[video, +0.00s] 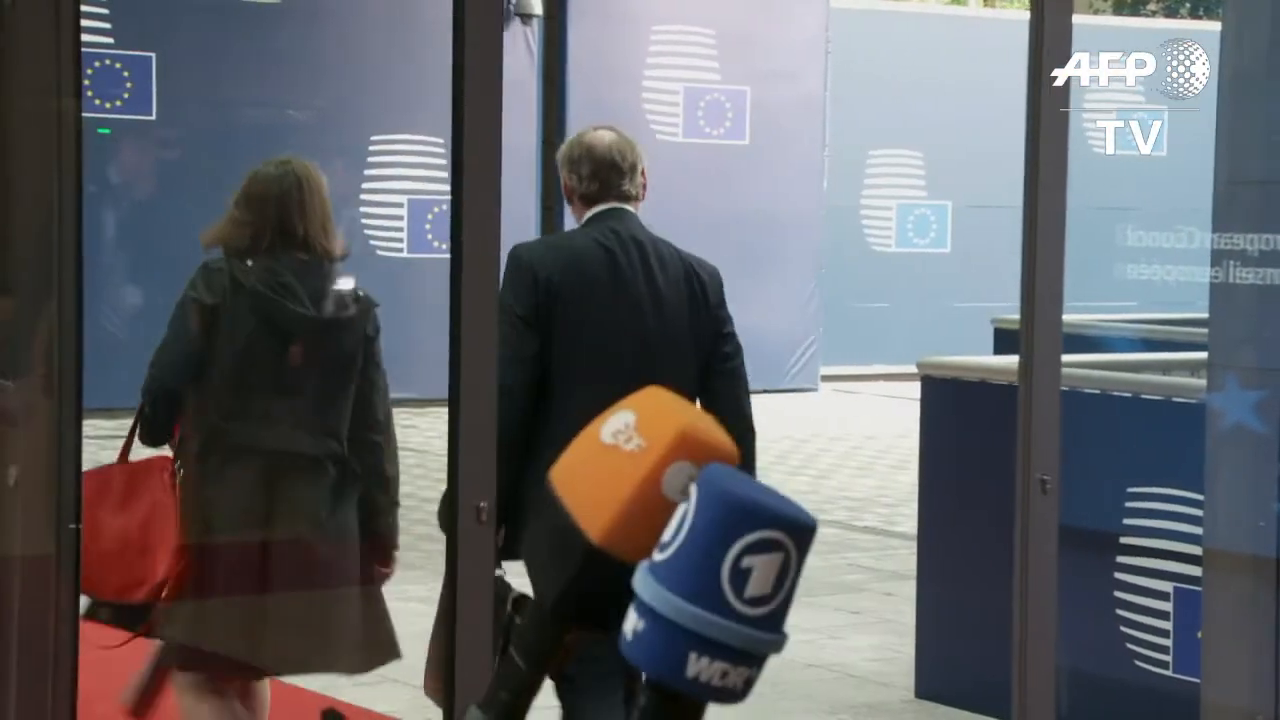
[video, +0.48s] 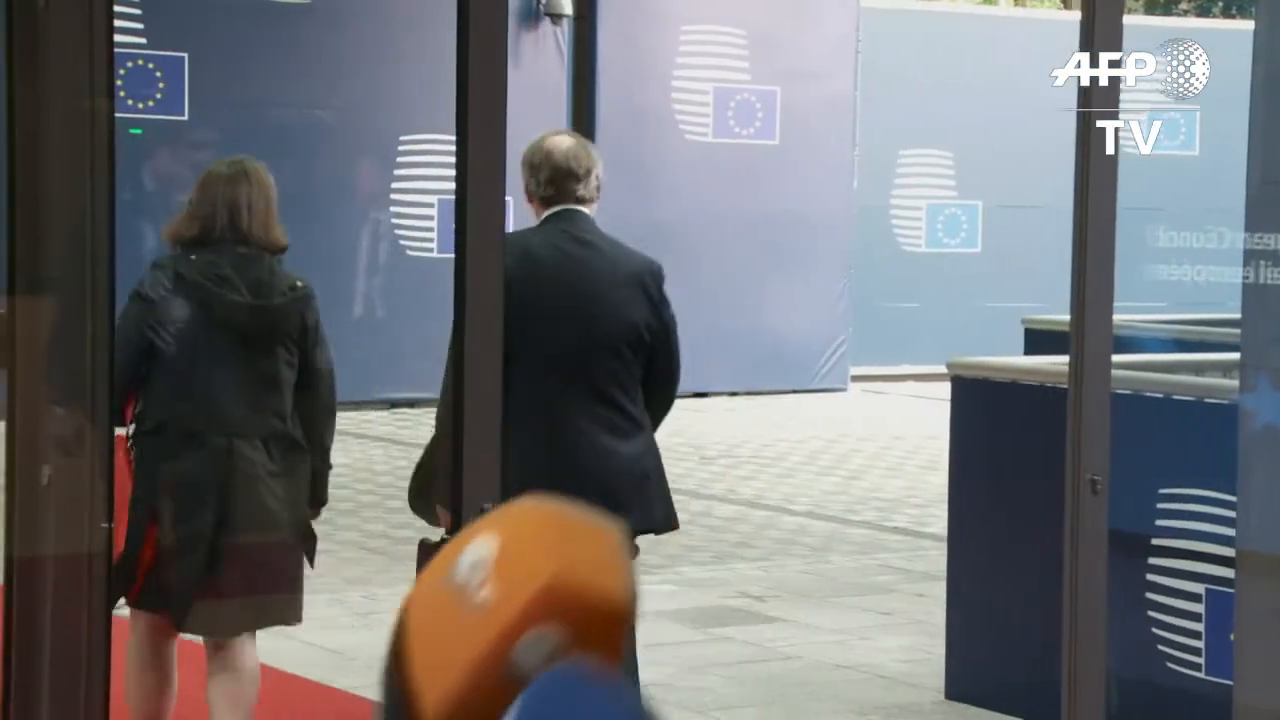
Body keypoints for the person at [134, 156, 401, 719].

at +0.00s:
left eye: (242, 208)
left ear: (246, 213)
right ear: (320, 218)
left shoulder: (217, 282)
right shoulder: (351, 304)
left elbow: (166, 380)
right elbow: (373, 433)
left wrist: (155, 426)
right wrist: (380, 539)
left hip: (224, 512)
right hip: (313, 520)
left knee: (194, 672)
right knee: (246, 669)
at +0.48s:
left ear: (198, 211)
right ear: (267, 216)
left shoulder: (163, 286)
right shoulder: (294, 296)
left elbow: (115, 383)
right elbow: (318, 404)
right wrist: (311, 492)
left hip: (174, 490)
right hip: (260, 491)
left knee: (152, 630)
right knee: (234, 639)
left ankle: (146, 718)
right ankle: (231, 719)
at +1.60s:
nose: (260, 206)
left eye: (254, 196)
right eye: (257, 198)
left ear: (196, 199)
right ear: (250, 204)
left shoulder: (160, 263)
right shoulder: (270, 272)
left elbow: (139, 356)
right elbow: (293, 365)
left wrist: (138, 433)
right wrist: (297, 443)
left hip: (168, 430)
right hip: (245, 432)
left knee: (178, 555)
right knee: (235, 548)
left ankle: (183, 674)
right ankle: (212, 631)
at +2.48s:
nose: (285, 216)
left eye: (283, 208)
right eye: (281, 209)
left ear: (224, 210)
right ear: (273, 215)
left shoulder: (194, 266)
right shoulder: (291, 274)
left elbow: (161, 333)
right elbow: (320, 357)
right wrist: (332, 419)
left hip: (200, 406)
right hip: (259, 408)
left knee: (210, 517)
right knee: (234, 523)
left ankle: (224, 612)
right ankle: (210, 629)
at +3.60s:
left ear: (286, 212)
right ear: (328, 217)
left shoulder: (264, 256)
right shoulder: (339, 262)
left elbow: (234, 310)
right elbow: (366, 334)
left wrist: (249, 344)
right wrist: (377, 390)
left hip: (270, 374)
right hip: (321, 377)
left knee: (283, 474)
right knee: (295, 479)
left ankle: (290, 563)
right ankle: (267, 560)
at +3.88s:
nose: (356, 206)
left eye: (350, 197)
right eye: (354, 199)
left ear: (306, 201)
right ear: (351, 206)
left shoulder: (284, 249)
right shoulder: (360, 257)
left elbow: (257, 301)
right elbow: (374, 328)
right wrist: (377, 381)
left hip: (286, 378)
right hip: (343, 378)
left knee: (285, 471)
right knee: (346, 464)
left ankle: (290, 558)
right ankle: (342, 547)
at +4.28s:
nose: (428, 211)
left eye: (426, 204)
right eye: (425, 205)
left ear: (378, 208)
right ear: (418, 211)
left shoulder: (352, 256)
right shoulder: (427, 260)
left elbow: (335, 318)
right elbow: (444, 331)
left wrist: (333, 376)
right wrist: (448, 389)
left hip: (359, 368)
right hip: (409, 370)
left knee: (364, 452)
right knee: (395, 461)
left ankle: (342, 508)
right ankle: (382, 544)